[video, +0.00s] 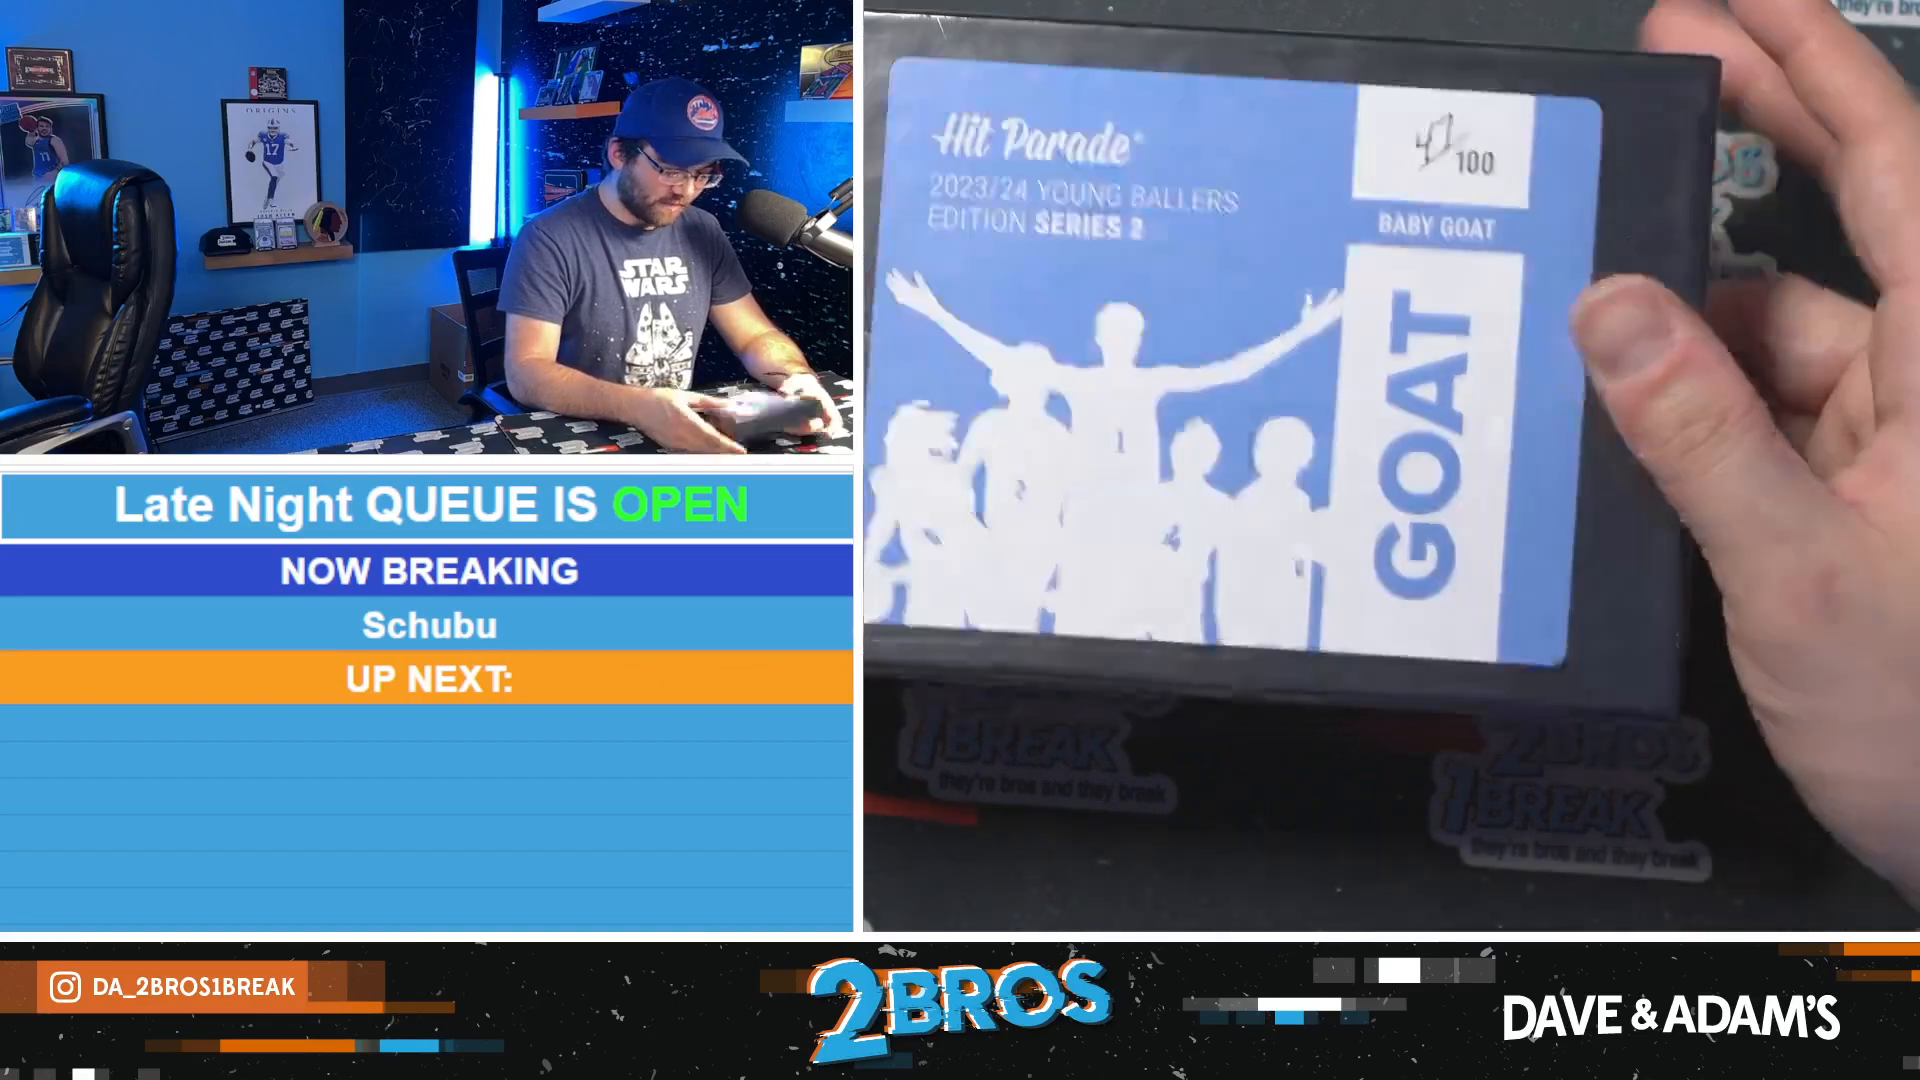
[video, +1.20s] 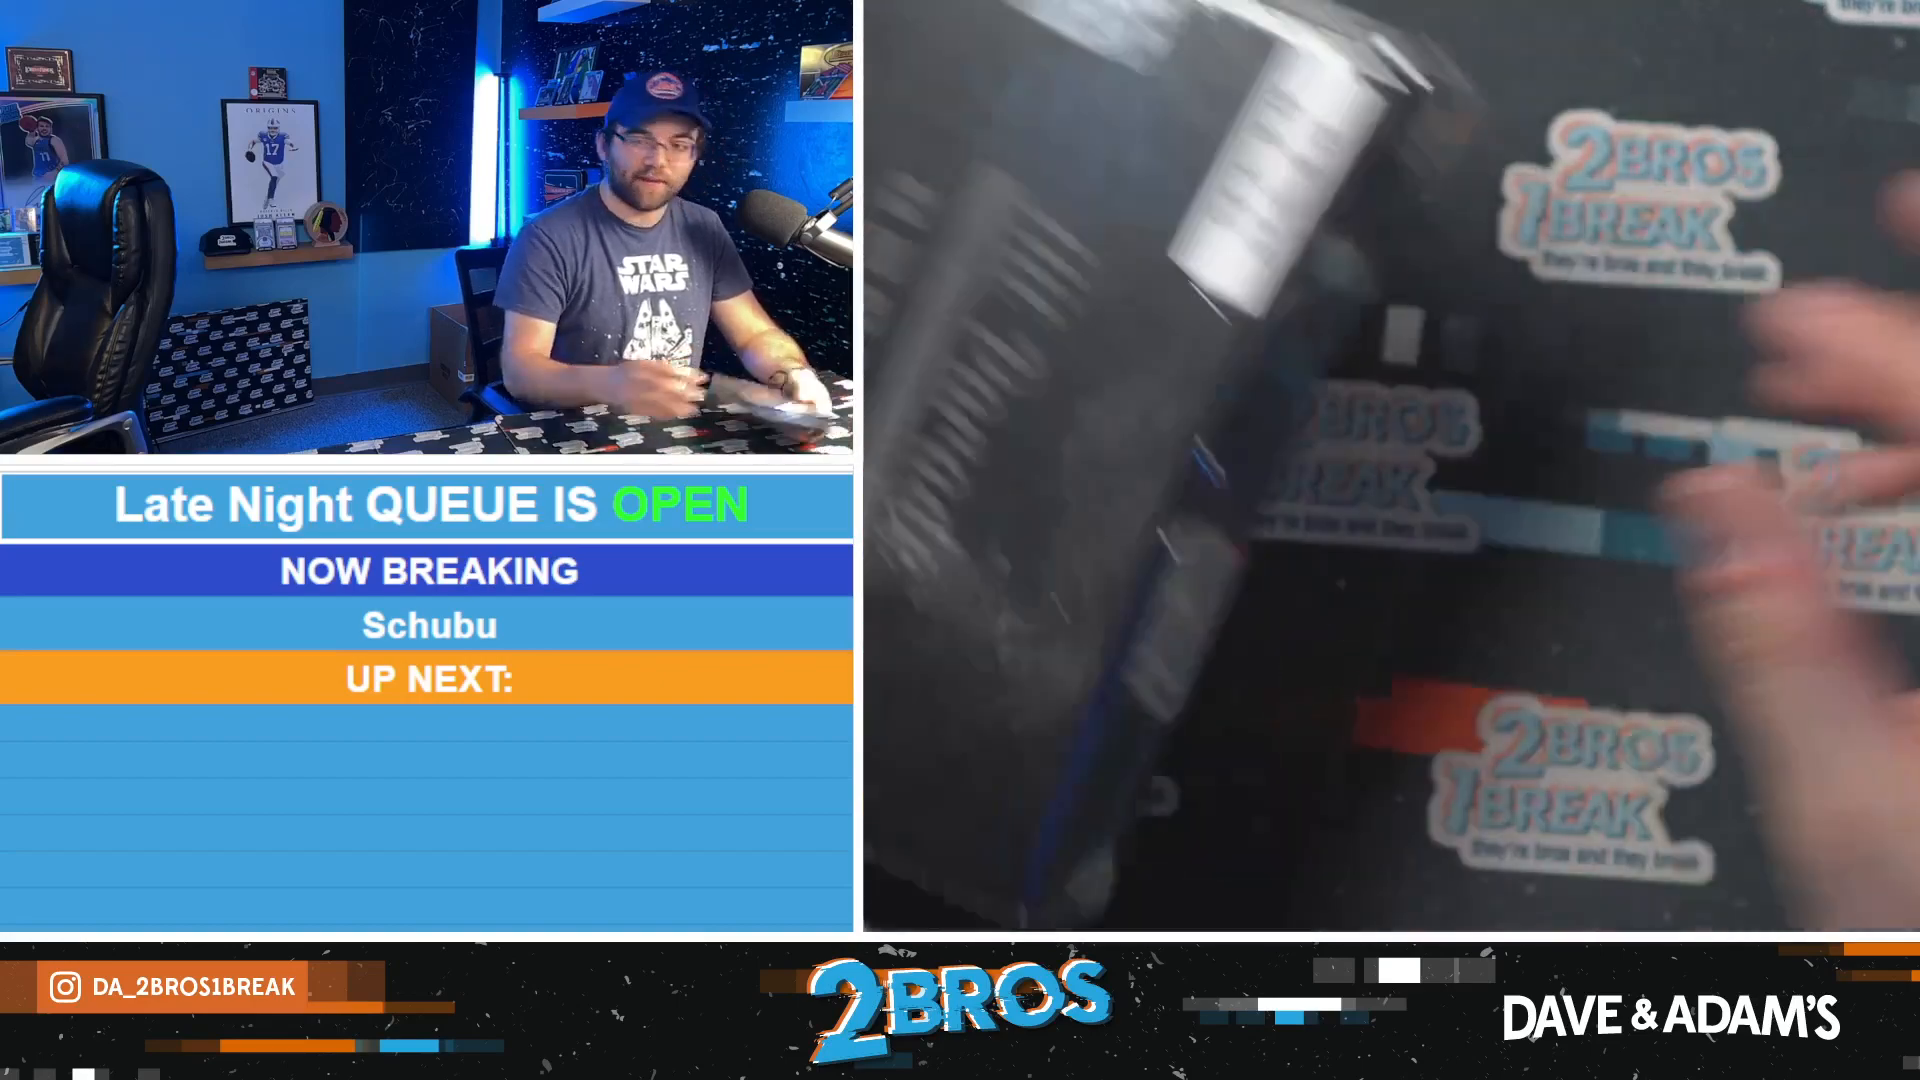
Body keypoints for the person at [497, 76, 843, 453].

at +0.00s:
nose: (687, 191)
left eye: (702, 173)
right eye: (671, 169)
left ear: (715, 169)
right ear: (619, 154)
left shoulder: (702, 233)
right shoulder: (553, 238)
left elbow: (757, 336)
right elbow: (529, 374)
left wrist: (797, 375)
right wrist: (643, 407)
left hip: (684, 460)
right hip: (579, 464)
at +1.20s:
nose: (659, 160)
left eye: (679, 145)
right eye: (642, 140)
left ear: (695, 157)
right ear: (605, 144)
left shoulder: (705, 231)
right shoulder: (552, 238)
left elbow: (757, 334)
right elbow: (523, 373)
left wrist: (793, 372)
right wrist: (612, 384)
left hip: (683, 449)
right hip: (577, 458)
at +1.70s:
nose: (605, 150)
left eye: (630, 136)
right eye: (599, 134)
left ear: (679, 151)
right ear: (590, 139)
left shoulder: (707, 231)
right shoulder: (548, 232)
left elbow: (774, 337)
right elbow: (516, 348)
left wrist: (759, 362)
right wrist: (532, 427)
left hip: (681, 450)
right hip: (578, 453)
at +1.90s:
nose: (604, 151)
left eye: (629, 137)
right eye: (599, 135)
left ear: (680, 153)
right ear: (590, 138)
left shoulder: (709, 233)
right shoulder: (551, 232)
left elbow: (775, 340)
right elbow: (520, 348)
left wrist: (753, 371)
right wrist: (535, 435)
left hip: (682, 448)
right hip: (582, 452)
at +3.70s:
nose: (689, 186)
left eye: (708, 172)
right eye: (674, 163)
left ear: (719, 173)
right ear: (629, 147)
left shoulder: (707, 234)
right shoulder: (557, 228)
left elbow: (772, 341)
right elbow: (529, 350)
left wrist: (755, 374)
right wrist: (646, 368)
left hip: (679, 450)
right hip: (573, 451)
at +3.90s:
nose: (689, 187)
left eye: (708, 172)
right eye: (674, 163)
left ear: (718, 174)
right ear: (629, 147)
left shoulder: (707, 234)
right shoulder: (557, 227)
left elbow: (771, 341)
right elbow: (532, 347)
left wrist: (756, 373)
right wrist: (655, 360)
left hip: (679, 450)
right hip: (572, 453)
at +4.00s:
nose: (689, 186)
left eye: (708, 172)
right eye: (675, 163)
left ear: (718, 173)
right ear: (629, 146)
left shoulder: (707, 234)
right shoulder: (558, 227)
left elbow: (771, 341)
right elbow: (529, 345)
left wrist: (755, 373)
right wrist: (650, 353)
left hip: (679, 449)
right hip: (573, 449)